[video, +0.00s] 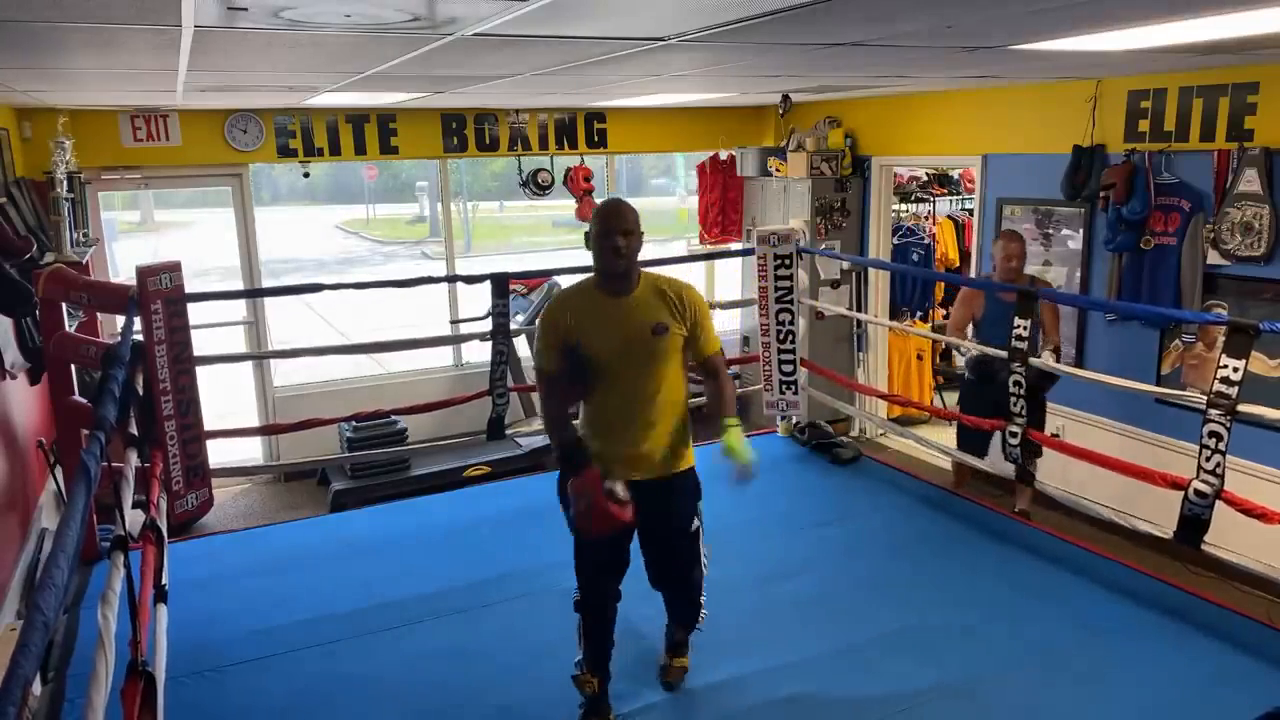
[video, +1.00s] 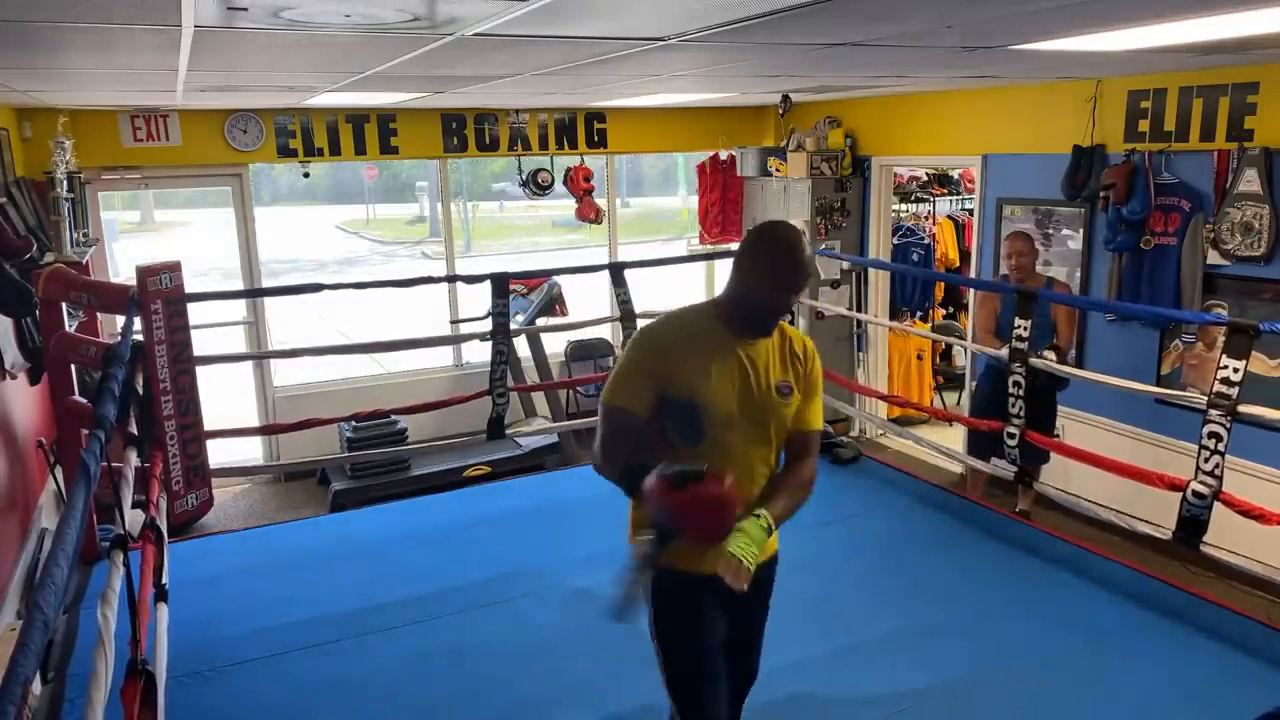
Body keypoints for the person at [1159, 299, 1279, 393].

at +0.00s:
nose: (1219, 326)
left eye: (1223, 322)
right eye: (1214, 320)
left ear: (1225, 326)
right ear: (1201, 324)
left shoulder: (1232, 350)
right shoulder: (1189, 348)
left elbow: (1271, 367)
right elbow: (1163, 369)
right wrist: (1178, 346)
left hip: (1218, 406)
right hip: (1189, 403)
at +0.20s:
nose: (1219, 326)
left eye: (1222, 321)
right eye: (1214, 320)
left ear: (1226, 327)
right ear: (1201, 324)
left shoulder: (1233, 350)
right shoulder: (1189, 349)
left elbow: (1271, 368)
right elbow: (1163, 369)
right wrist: (1178, 346)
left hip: (1220, 408)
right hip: (1190, 404)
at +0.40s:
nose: (1219, 326)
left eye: (1223, 322)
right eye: (1214, 321)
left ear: (1226, 326)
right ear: (1201, 324)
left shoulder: (1232, 349)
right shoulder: (1189, 348)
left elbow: (1271, 367)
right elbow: (1163, 369)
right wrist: (1179, 346)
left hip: (1219, 407)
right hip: (1190, 403)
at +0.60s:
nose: (1218, 326)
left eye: (1222, 322)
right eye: (1214, 320)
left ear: (1225, 327)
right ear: (1201, 324)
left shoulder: (1233, 349)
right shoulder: (1189, 349)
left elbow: (1271, 367)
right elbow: (1163, 369)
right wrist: (1179, 346)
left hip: (1219, 407)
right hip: (1189, 403)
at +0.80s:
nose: (1219, 326)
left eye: (1223, 322)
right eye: (1214, 321)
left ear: (1225, 326)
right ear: (1201, 324)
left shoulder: (1233, 349)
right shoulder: (1189, 349)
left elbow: (1271, 367)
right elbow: (1163, 369)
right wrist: (1178, 346)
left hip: (1218, 407)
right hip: (1189, 403)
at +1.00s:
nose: (1217, 326)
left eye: (1221, 322)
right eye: (1213, 320)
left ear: (1225, 327)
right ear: (1201, 324)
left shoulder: (1232, 350)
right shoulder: (1189, 348)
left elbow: (1271, 367)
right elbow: (1162, 369)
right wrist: (1178, 346)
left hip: (1217, 407)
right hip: (1187, 403)